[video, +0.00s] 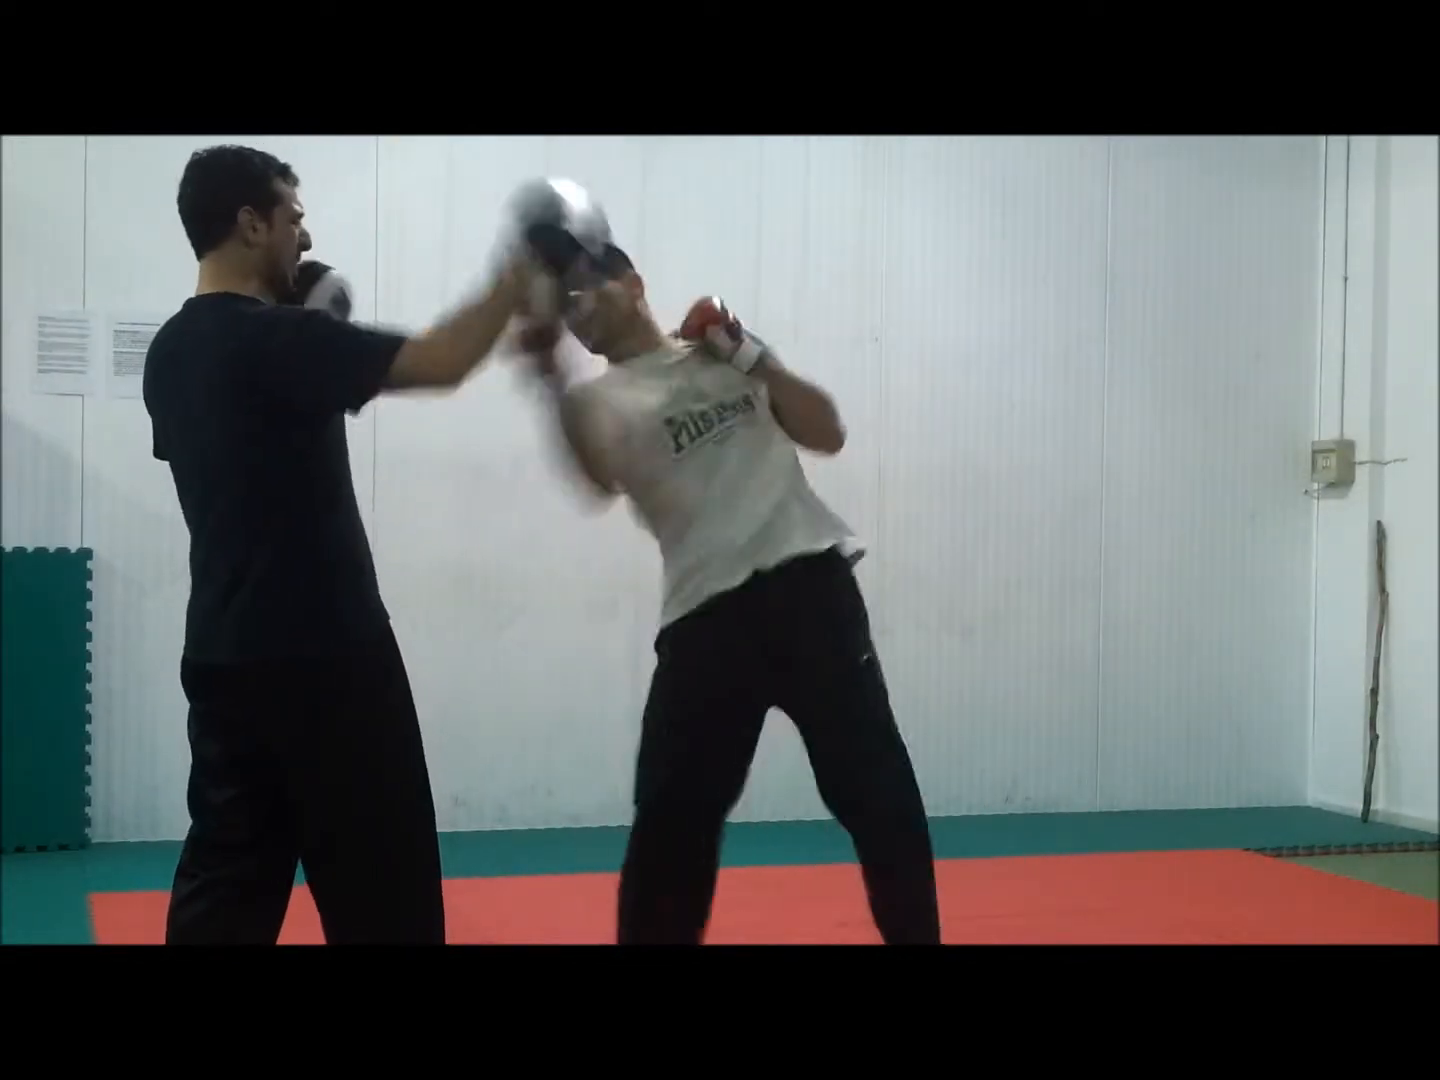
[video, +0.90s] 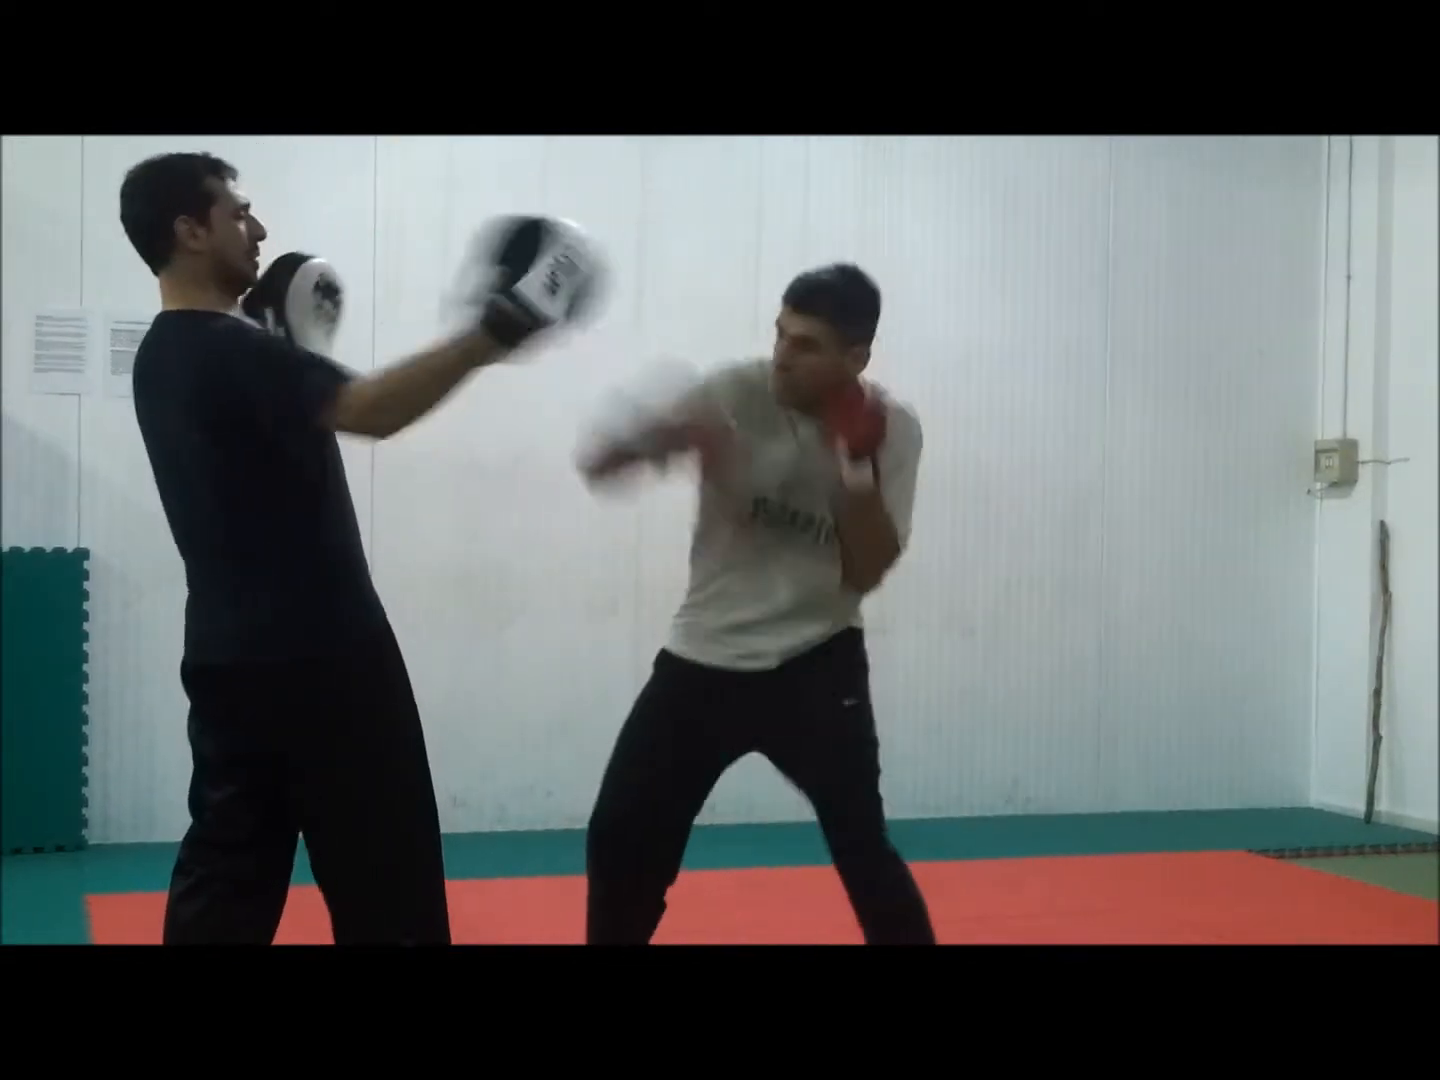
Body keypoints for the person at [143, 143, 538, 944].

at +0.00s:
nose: (304, 235)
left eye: (302, 218)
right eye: (294, 218)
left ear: (218, 230)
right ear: (250, 224)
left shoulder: (170, 348)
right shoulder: (276, 337)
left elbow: (242, 430)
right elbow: (439, 361)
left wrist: (301, 322)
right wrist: (519, 271)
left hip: (225, 652)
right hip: (328, 649)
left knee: (227, 878)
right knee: (385, 884)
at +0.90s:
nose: (257, 227)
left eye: (248, 210)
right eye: (239, 212)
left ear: (177, 241)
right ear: (191, 231)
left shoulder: (162, 354)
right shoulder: (237, 345)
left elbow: (248, 451)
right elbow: (372, 408)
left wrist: (281, 338)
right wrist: (491, 333)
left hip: (229, 658)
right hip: (329, 653)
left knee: (224, 883)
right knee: (390, 886)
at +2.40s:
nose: (325, 226)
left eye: (320, 206)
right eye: (312, 206)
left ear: (247, 216)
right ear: (260, 212)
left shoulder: (179, 332)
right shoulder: (250, 338)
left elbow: (218, 482)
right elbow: (308, 495)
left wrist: (312, 403)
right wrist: (443, 444)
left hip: (201, 651)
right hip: (294, 654)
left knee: (209, 887)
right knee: (379, 889)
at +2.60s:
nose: (306, 272)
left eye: (311, 252)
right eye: (306, 249)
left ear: (216, 233)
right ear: (266, 235)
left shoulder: (110, 337)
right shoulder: (251, 345)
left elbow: (61, 487)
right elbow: (286, 502)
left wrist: (68, 607)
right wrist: (410, 499)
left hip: (122, 654)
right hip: (239, 657)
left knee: (106, 882)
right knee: (267, 888)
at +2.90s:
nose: (304, 273)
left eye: (308, 253)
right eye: (303, 249)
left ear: (213, 232)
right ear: (261, 233)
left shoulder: (107, 338)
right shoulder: (244, 347)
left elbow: (60, 488)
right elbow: (281, 507)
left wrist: (68, 608)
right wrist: (407, 499)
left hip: (121, 660)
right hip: (237, 663)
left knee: (104, 887)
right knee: (267, 895)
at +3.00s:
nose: (301, 274)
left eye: (304, 252)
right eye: (298, 249)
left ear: (223, 235)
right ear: (257, 235)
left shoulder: (107, 337)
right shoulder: (238, 343)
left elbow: (58, 486)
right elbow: (295, 491)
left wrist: (66, 609)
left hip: (119, 649)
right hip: (233, 653)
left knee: (107, 872)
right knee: (266, 881)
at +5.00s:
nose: (284, 253)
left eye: (285, 233)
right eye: (275, 230)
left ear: (208, 225)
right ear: (221, 222)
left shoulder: (113, 334)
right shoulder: (210, 332)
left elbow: (79, 488)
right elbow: (277, 455)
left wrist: (80, 609)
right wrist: (398, 413)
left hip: (122, 651)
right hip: (224, 651)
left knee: (111, 874)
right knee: (265, 878)